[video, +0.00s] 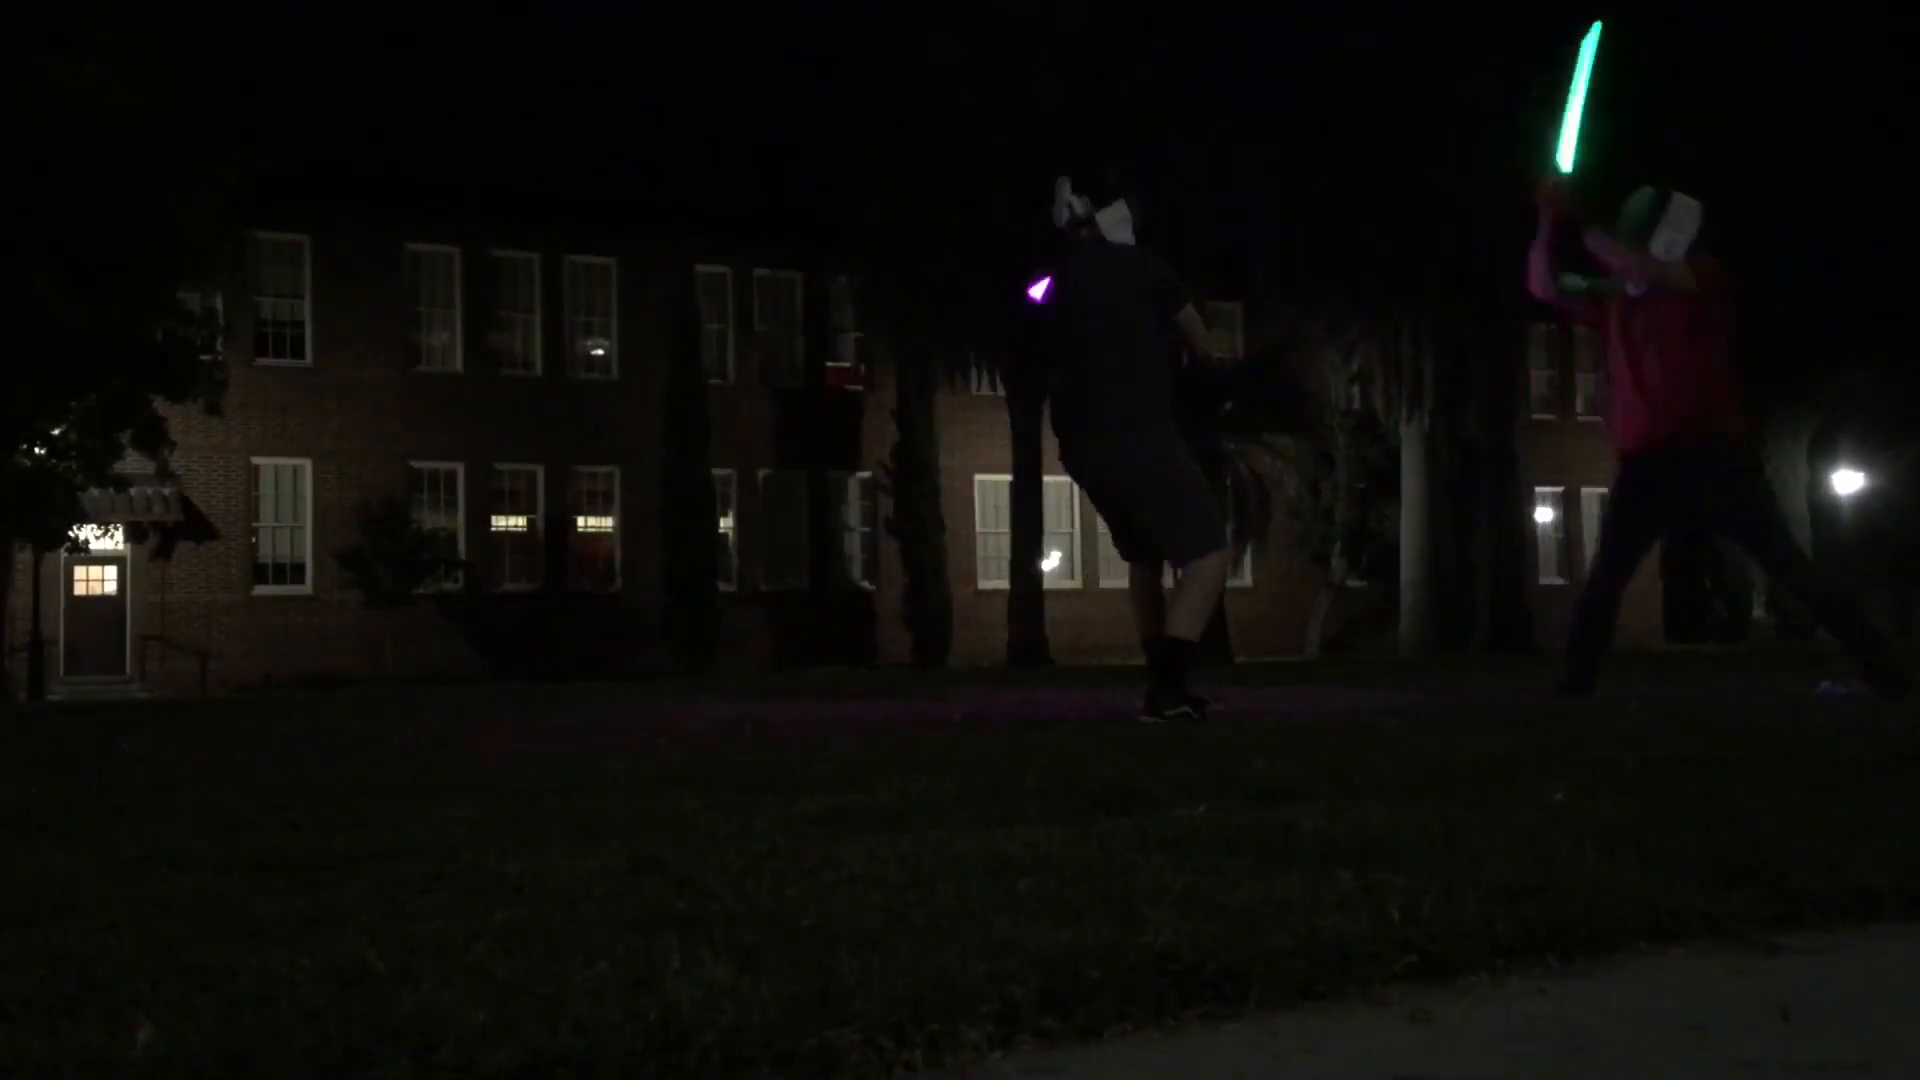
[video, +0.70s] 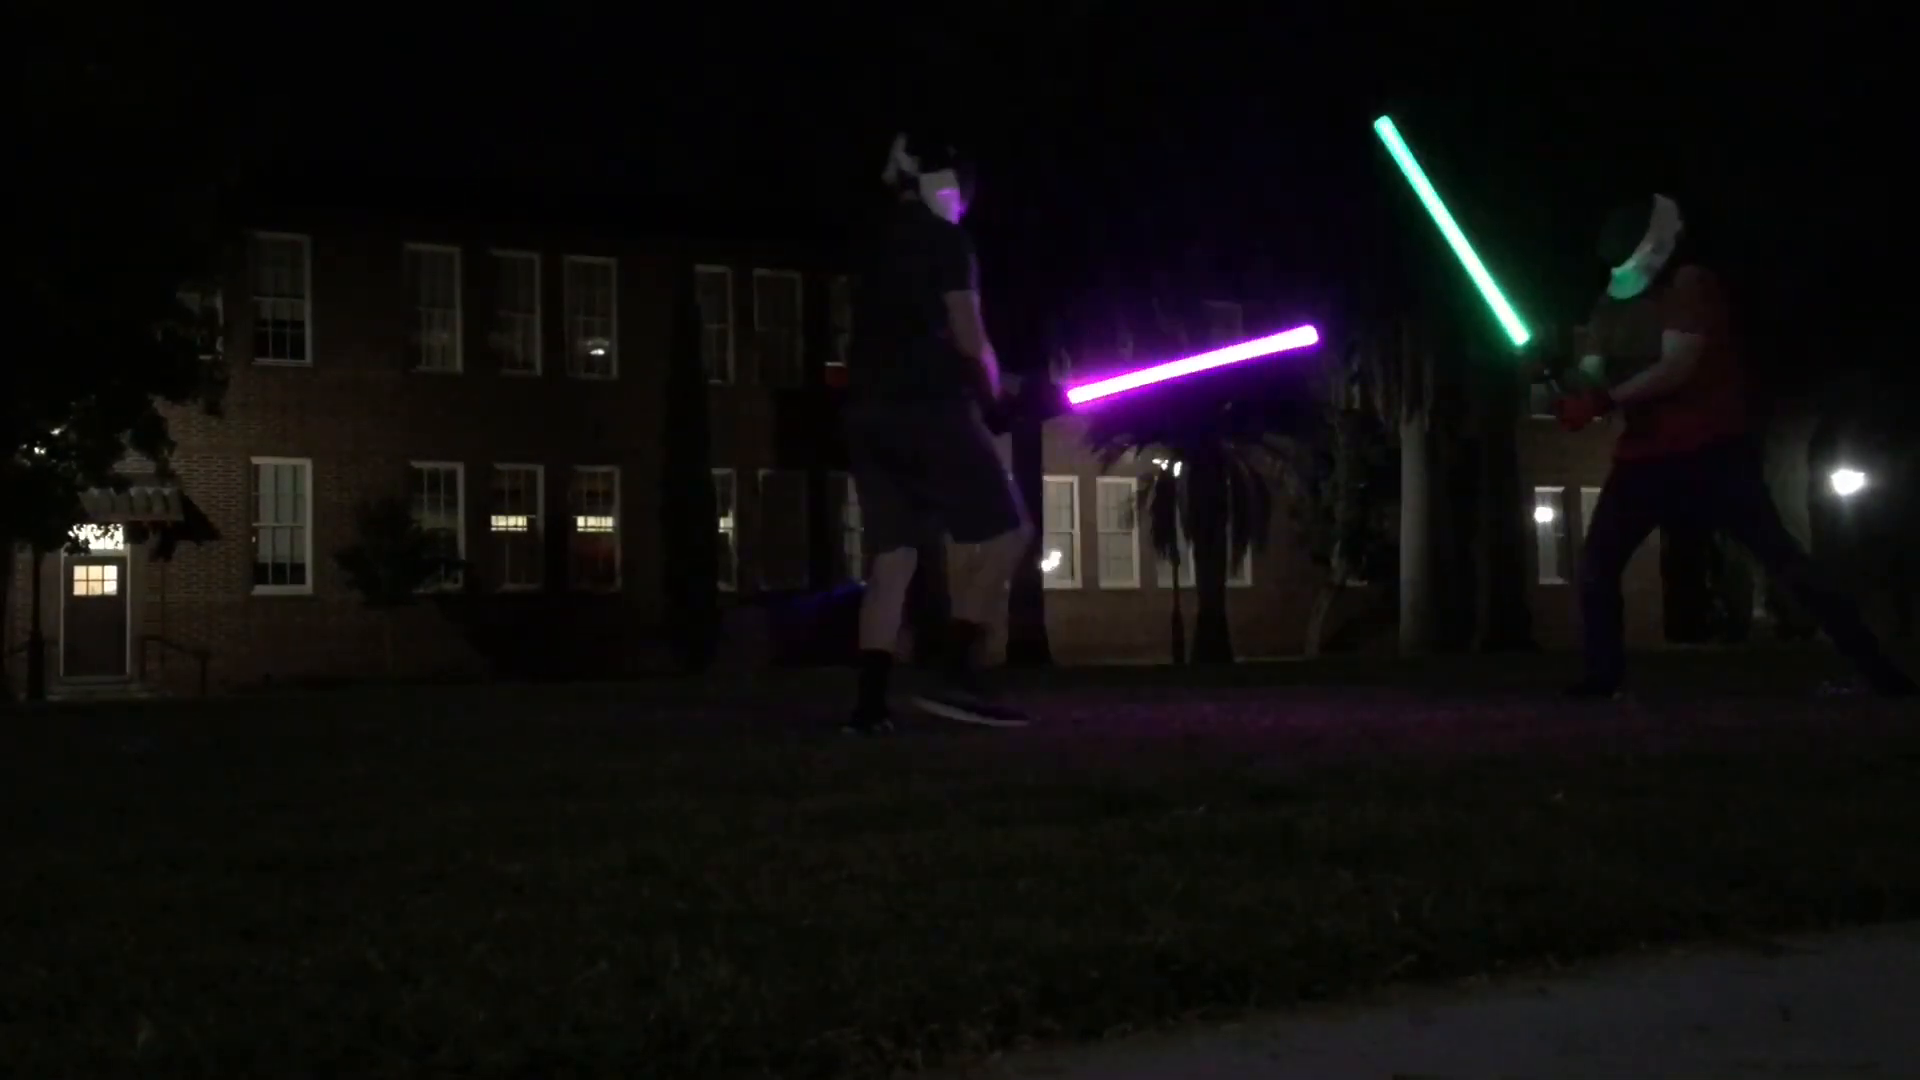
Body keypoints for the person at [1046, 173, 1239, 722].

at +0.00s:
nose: (1135, 217)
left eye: (1129, 207)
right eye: (1128, 208)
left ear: (1082, 222)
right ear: (1118, 215)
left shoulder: (1064, 281)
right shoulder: (1146, 271)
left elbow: (1056, 372)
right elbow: (1203, 348)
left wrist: (1063, 437)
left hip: (1084, 444)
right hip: (1144, 436)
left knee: (1143, 560)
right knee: (1208, 553)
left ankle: (1162, 683)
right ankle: (1170, 687)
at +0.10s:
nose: (1133, 210)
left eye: (1126, 199)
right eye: (1126, 201)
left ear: (1076, 215)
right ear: (1118, 210)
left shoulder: (1056, 272)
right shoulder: (1142, 269)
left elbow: (1049, 353)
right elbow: (1189, 355)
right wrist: (1196, 385)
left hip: (1070, 430)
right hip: (1137, 427)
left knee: (1115, 538)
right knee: (1206, 548)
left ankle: (1094, 678)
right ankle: (1172, 688)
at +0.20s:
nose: (1128, 209)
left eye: (1118, 199)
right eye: (1120, 201)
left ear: (1067, 217)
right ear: (1111, 210)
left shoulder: (1042, 272)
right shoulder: (1129, 266)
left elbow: (1023, 364)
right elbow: (1171, 354)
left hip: (1057, 438)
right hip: (1122, 439)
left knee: (1075, 554)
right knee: (1194, 546)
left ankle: (1022, 630)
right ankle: (1170, 687)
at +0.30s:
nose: (1096, 215)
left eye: (1092, 207)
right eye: (1089, 208)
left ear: (1028, 216)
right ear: (1070, 213)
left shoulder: (1002, 272)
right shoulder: (1094, 265)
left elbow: (997, 370)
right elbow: (1138, 357)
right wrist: (1151, 384)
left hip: (1030, 446)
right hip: (1102, 444)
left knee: (1012, 569)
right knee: (1173, 551)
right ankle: (1169, 695)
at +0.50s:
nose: (1021, 217)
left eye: (1020, 204)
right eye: (1012, 205)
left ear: (962, 206)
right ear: (987, 205)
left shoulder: (928, 261)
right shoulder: (1011, 260)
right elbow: (1041, 353)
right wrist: (1065, 391)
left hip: (937, 440)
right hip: (1009, 440)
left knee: (923, 569)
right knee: (1083, 564)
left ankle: (874, 699)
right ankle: (1145, 684)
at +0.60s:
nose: (986, 208)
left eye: (985, 196)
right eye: (978, 195)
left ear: (929, 194)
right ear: (955, 193)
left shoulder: (890, 248)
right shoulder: (971, 250)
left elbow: (885, 344)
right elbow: (998, 347)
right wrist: (1025, 384)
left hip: (899, 427)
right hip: (969, 427)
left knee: (905, 560)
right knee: (1040, 541)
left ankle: (873, 701)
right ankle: (1057, 684)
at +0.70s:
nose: (962, 200)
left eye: (961, 188)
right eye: (956, 188)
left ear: (908, 186)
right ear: (934, 186)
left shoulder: (876, 239)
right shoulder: (946, 242)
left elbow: (875, 335)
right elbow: (967, 333)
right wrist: (994, 382)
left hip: (874, 416)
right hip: (937, 415)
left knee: (893, 553)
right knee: (1007, 533)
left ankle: (871, 703)